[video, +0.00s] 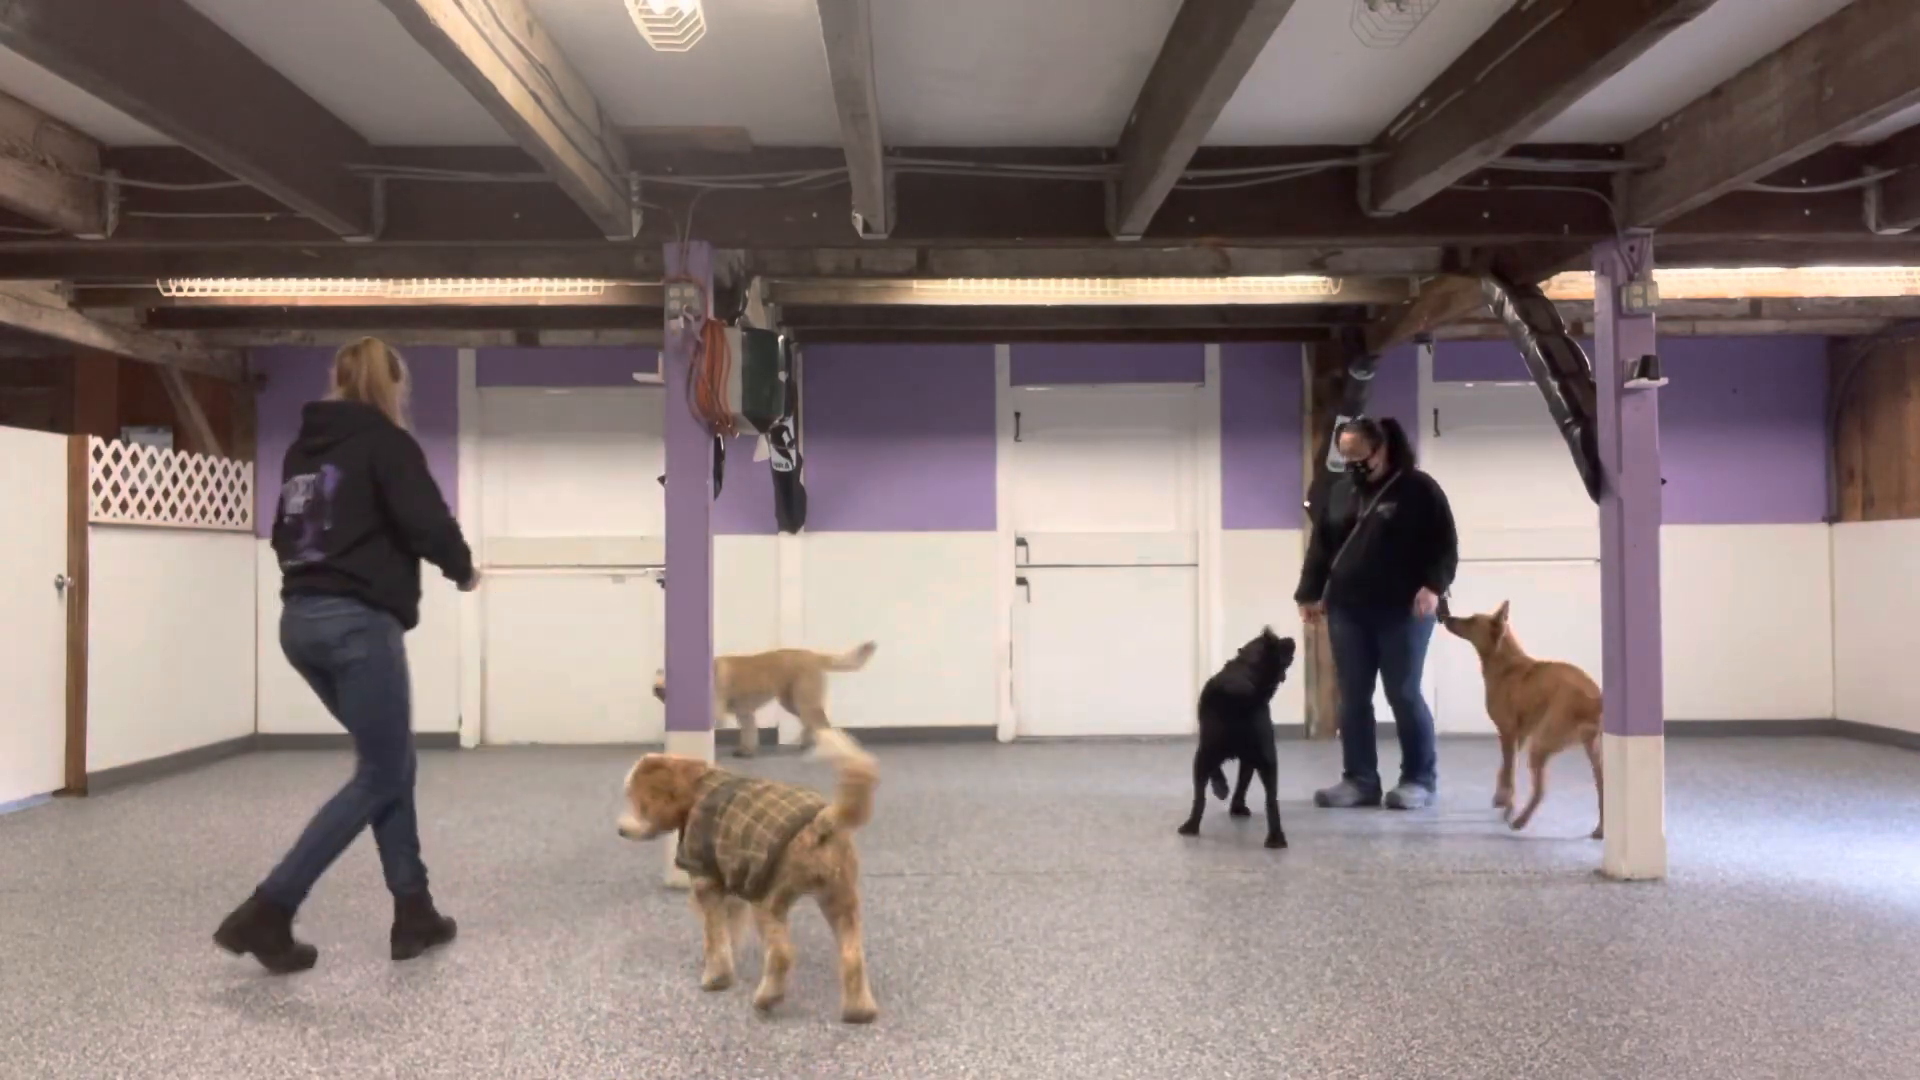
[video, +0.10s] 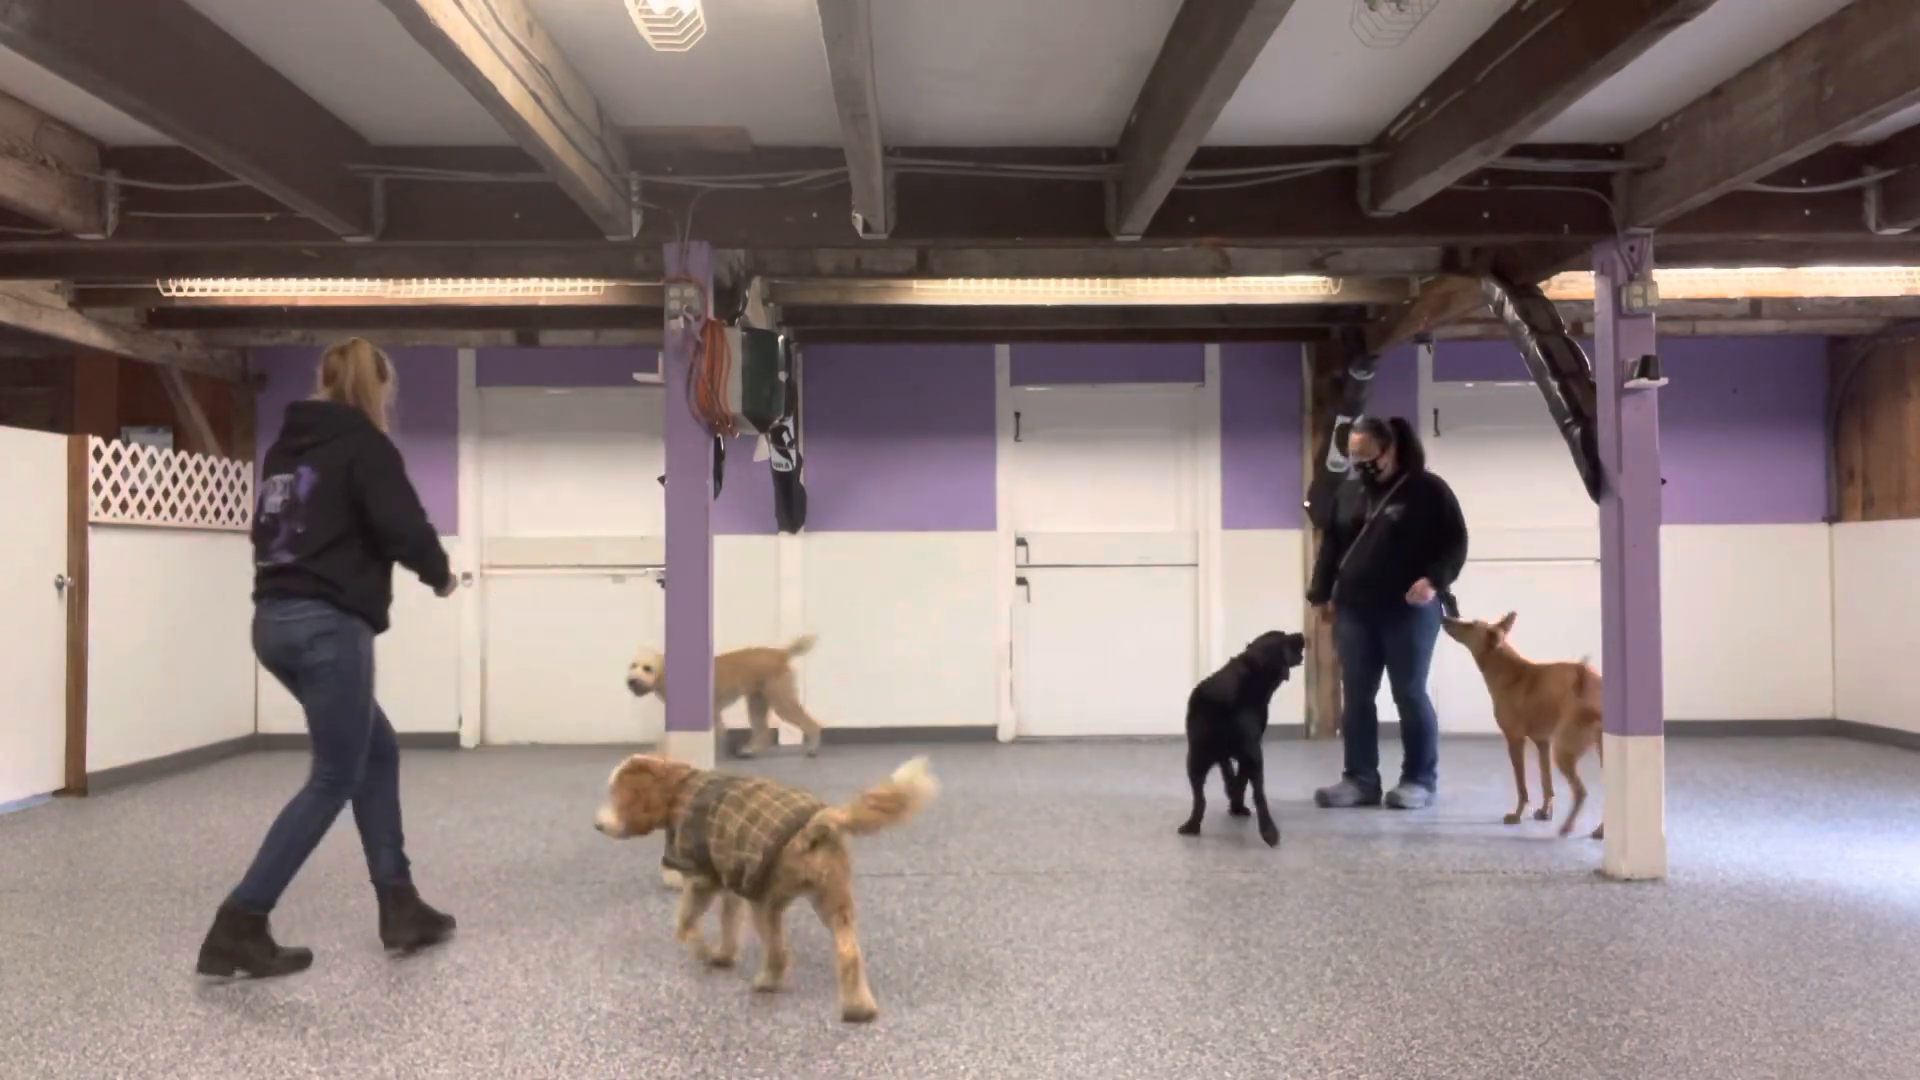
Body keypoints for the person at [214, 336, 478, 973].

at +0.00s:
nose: (406, 395)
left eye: (404, 385)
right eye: (403, 385)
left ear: (340, 382)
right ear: (390, 386)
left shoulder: (304, 446)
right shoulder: (387, 442)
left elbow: (286, 535)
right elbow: (426, 522)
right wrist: (463, 569)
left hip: (301, 621)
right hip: (360, 622)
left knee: (392, 765)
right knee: (383, 773)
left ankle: (413, 911)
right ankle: (267, 911)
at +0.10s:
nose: (392, 400)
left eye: (391, 389)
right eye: (389, 389)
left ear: (329, 382)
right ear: (374, 388)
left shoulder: (285, 446)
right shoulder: (364, 444)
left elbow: (279, 534)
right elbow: (403, 526)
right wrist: (440, 574)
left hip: (275, 624)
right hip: (331, 626)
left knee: (378, 748)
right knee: (333, 781)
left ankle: (400, 906)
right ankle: (239, 924)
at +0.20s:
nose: (376, 404)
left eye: (375, 393)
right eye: (374, 393)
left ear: (315, 384)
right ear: (360, 391)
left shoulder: (274, 441)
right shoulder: (346, 446)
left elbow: (257, 533)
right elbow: (370, 531)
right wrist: (414, 583)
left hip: (250, 624)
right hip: (303, 628)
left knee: (355, 740)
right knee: (316, 781)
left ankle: (363, 896)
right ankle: (232, 931)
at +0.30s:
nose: (365, 405)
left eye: (365, 393)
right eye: (363, 393)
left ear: (304, 383)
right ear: (350, 391)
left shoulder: (262, 437)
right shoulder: (332, 443)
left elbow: (230, 528)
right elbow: (351, 530)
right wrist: (396, 591)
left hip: (236, 621)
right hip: (289, 625)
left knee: (338, 736)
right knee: (309, 779)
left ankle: (325, 893)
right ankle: (231, 930)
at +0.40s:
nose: (349, 405)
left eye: (349, 394)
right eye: (347, 394)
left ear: (287, 385)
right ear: (332, 391)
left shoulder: (247, 438)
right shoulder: (316, 442)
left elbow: (210, 526)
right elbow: (323, 528)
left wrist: (249, 582)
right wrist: (372, 595)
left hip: (223, 619)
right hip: (275, 621)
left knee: (293, 756)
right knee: (301, 772)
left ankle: (263, 890)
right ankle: (230, 931)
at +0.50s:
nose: (332, 409)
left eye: (332, 398)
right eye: (330, 397)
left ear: (270, 389)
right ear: (313, 394)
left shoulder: (234, 441)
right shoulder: (301, 440)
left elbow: (179, 524)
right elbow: (300, 522)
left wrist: (225, 572)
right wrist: (351, 591)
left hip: (207, 616)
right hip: (262, 619)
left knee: (255, 756)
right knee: (288, 776)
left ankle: (203, 893)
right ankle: (232, 932)